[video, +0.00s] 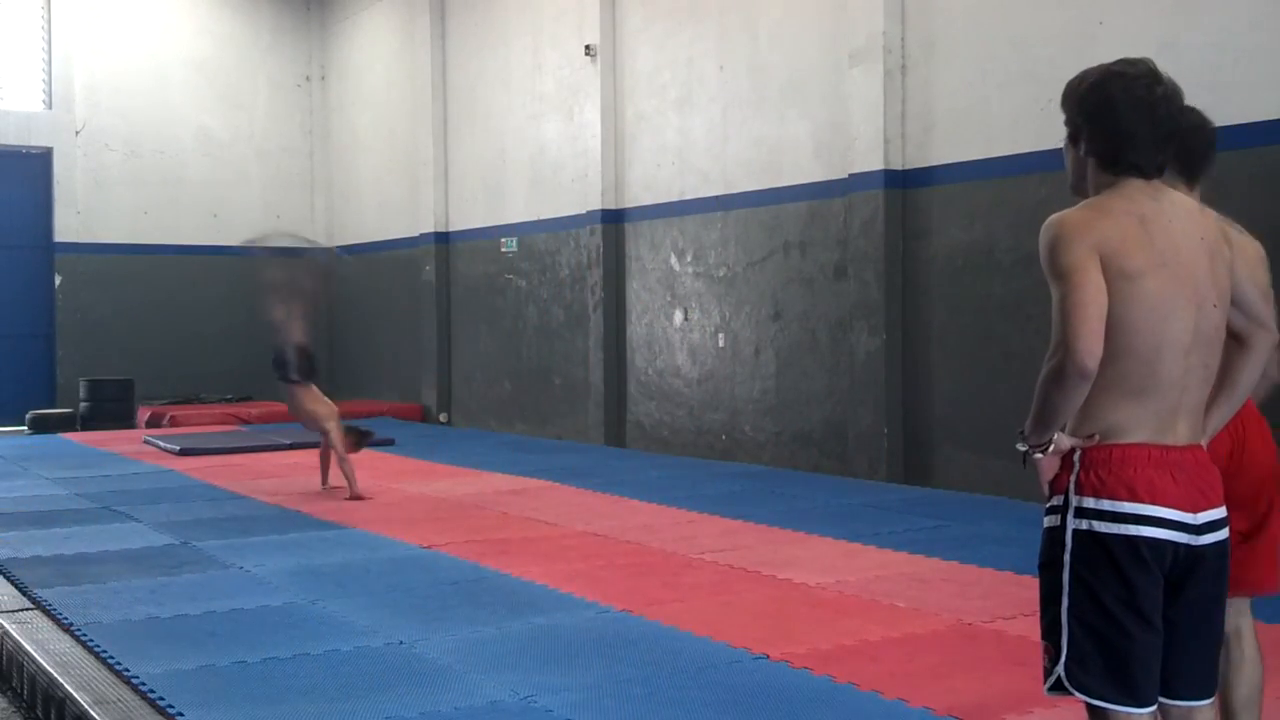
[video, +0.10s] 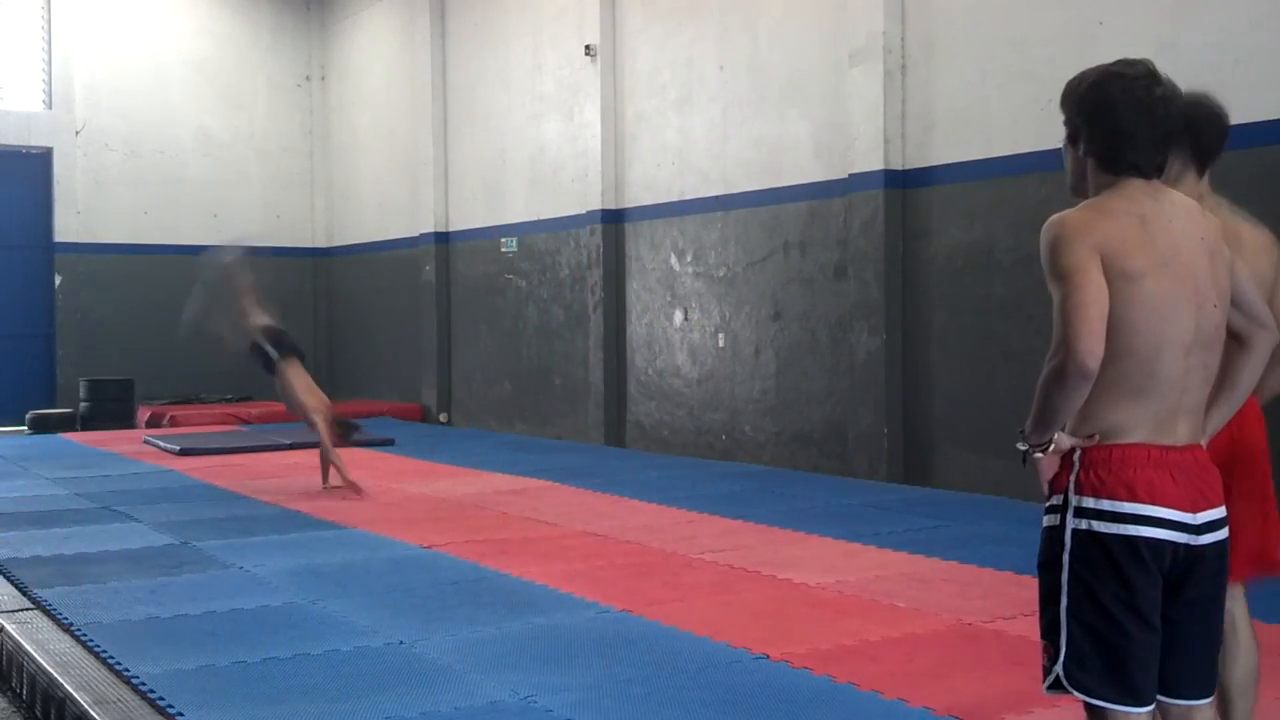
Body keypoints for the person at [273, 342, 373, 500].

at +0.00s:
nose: (348, 452)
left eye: (351, 451)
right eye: (351, 449)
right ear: (350, 440)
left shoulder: (328, 425)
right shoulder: (331, 423)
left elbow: (324, 454)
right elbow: (342, 458)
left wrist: (324, 483)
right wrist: (354, 490)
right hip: (299, 376)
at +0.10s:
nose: (337, 443)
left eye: (339, 441)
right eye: (339, 439)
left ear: (338, 428)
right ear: (338, 431)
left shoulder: (326, 414)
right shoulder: (319, 417)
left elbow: (324, 451)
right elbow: (329, 450)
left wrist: (326, 483)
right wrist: (347, 479)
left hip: (281, 346)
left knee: (232, 340)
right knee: (247, 297)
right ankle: (233, 259)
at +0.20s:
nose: (317, 424)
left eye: (321, 423)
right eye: (319, 421)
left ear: (319, 406)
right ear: (315, 409)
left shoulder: (308, 395)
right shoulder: (301, 398)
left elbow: (313, 438)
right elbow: (312, 438)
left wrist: (327, 475)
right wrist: (327, 477)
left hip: (258, 357)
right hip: (247, 349)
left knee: (236, 399)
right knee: (215, 337)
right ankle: (195, 313)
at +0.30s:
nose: (298, 403)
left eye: (300, 401)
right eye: (298, 399)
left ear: (298, 394)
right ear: (293, 390)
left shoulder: (290, 396)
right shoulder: (270, 381)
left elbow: (305, 429)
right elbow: (268, 418)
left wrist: (321, 462)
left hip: (241, 387)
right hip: (222, 374)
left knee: (236, 437)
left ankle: (203, 477)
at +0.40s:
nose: (266, 375)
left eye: (269, 372)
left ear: (271, 370)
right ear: (259, 365)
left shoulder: (271, 373)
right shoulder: (235, 365)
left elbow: (278, 399)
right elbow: (218, 385)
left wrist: (283, 429)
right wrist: (216, 408)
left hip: (239, 389)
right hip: (211, 382)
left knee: (233, 435)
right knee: (189, 419)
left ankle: (205, 476)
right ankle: (179, 444)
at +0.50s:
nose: (236, 347)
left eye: (240, 344)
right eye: (234, 342)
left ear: (245, 342)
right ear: (228, 338)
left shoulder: (248, 356)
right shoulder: (213, 341)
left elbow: (251, 385)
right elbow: (185, 363)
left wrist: (241, 403)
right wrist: (174, 391)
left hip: (229, 384)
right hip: (203, 381)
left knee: (226, 427)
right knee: (190, 424)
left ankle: (206, 471)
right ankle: (190, 460)